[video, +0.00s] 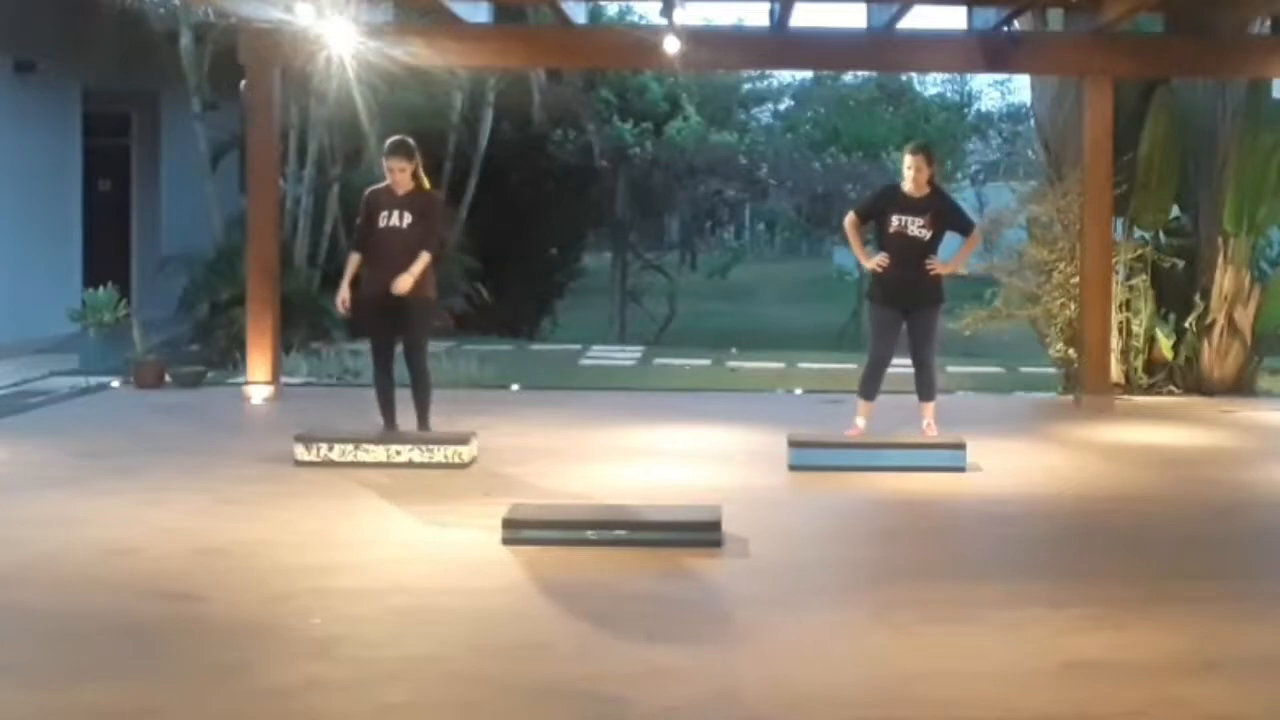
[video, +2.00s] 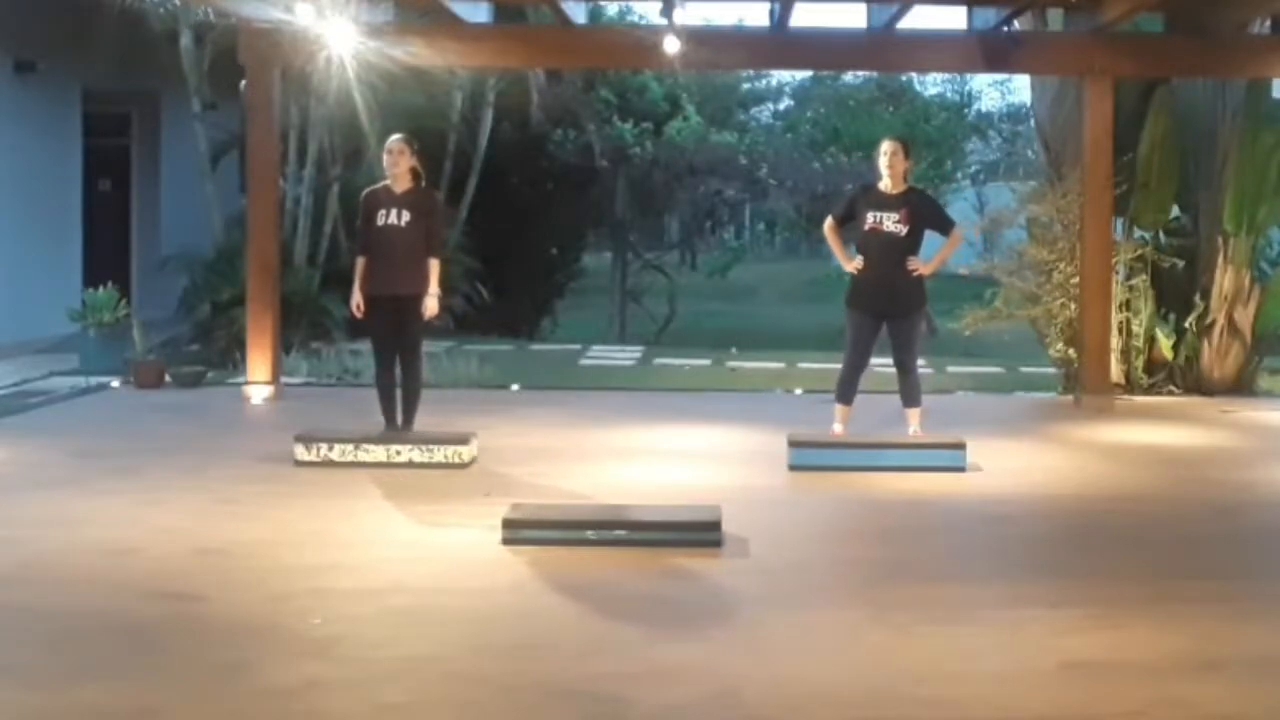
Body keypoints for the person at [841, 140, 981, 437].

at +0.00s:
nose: (911, 174)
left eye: (918, 169)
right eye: (908, 168)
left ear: (931, 170)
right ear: (902, 168)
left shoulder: (940, 202)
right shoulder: (887, 196)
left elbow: (974, 234)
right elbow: (851, 221)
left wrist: (952, 265)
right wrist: (865, 258)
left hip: (924, 288)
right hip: (887, 286)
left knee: (924, 356)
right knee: (880, 354)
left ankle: (928, 419)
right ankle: (861, 418)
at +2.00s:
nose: (888, 160)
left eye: (894, 155)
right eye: (884, 154)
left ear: (906, 162)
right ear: (877, 160)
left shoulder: (919, 200)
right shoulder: (863, 196)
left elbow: (956, 235)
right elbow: (830, 225)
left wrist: (931, 265)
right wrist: (845, 260)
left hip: (904, 290)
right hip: (866, 288)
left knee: (906, 363)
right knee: (854, 360)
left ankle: (915, 430)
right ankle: (839, 429)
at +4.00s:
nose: (872, 159)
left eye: (877, 154)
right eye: (867, 154)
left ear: (888, 161)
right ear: (858, 161)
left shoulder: (903, 199)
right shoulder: (844, 199)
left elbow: (941, 229)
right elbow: (813, 229)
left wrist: (919, 265)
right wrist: (831, 263)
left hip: (893, 289)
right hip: (853, 289)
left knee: (898, 362)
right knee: (845, 359)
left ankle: (913, 429)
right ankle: (837, 429)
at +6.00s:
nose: (884, 175)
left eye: (889, 169)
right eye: (879, 169)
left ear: (895, 170)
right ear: (866, 168)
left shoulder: (904, 200)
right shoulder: (848, 200)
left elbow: (940, 228)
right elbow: (815, 233)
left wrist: (922, 262)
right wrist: (836, 268)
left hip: (899, 289)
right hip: (862, 289)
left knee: (890, 360)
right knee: (863, 357)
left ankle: (889, 426)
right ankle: (845, 424)